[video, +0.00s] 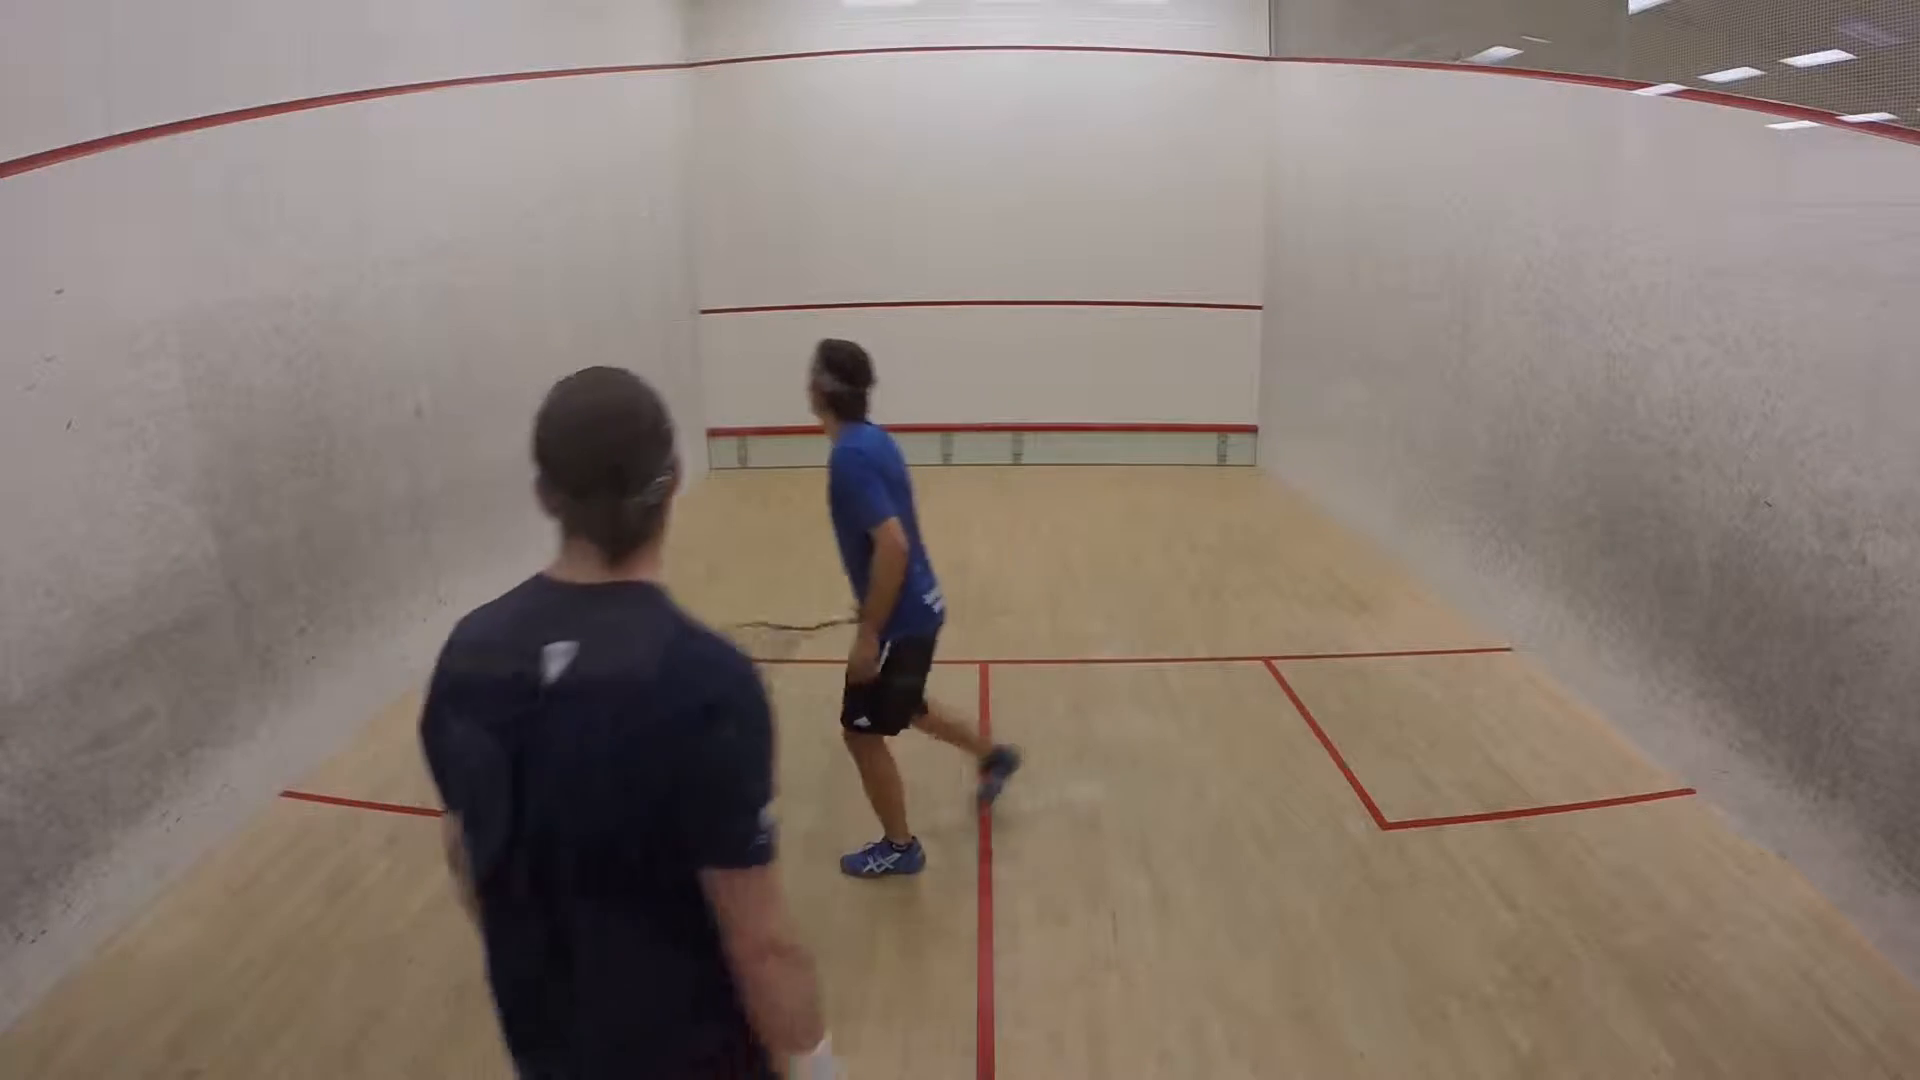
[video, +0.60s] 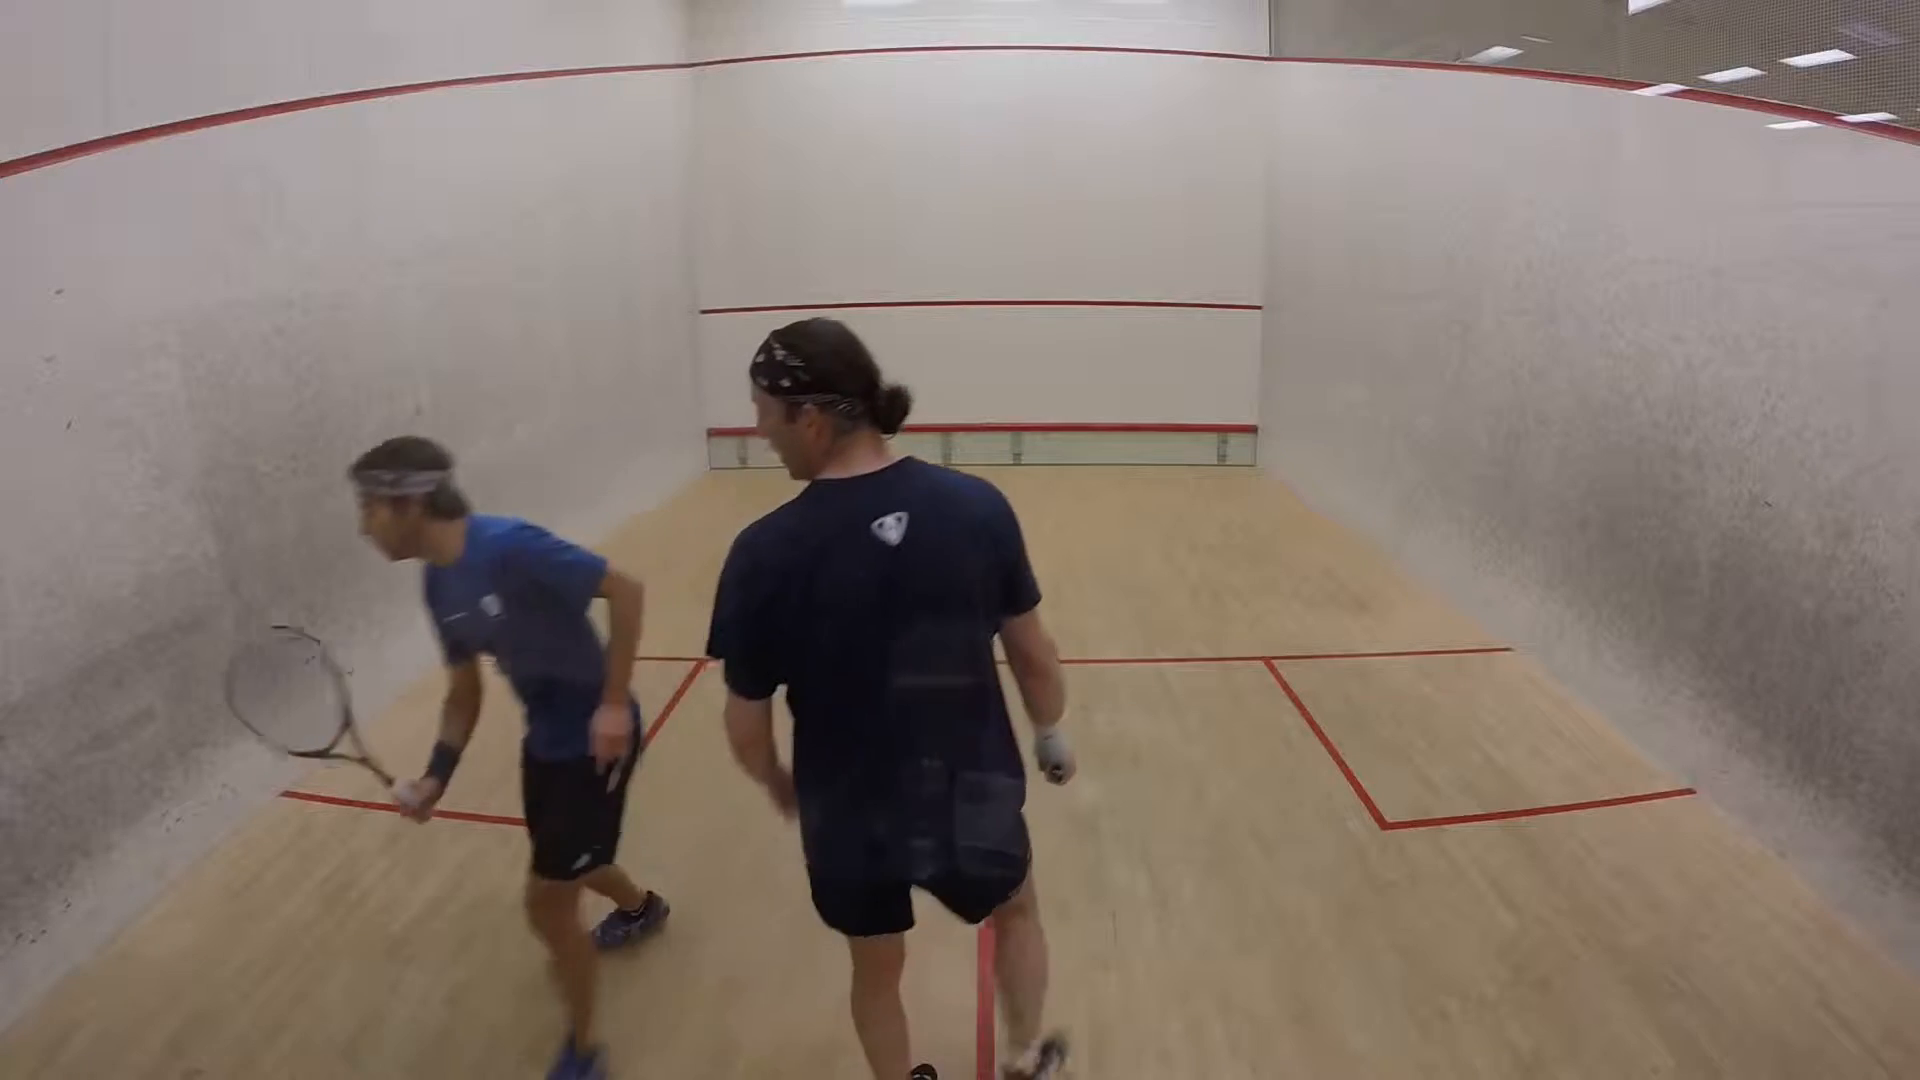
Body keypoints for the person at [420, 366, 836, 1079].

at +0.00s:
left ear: (542, 493)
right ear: (672, 487)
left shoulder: (473, 653)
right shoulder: (709, 679)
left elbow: (472, 871)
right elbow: (760, 943)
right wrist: (810, 1060)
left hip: (546, 1042)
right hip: (695, 1045)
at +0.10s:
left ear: (610, 477)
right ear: (729, 466)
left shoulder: (539, 631)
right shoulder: (790, 644)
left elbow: (516, 837)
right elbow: (835, 858)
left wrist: (559, 965)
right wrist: (879, 992)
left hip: (607, 1001)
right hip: (751, 1011)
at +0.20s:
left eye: (662, 466)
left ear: (667, 482)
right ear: (779, 471)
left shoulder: (608, 630)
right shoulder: (857, 625)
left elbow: (571, 832)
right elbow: (905, 823)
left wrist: (596, 949)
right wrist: (923, 902)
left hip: (675, 952)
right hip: (818, 952)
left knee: (756, 1060)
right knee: (825, 1062)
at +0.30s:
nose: (697, 487)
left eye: (697, 472)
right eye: (698, 469)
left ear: (713, 483)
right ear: (804, 464)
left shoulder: (663, 624)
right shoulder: (898, 598)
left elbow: (628, 808)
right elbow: (945, 766)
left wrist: (639, 934)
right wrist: (959, 846)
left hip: (747, 921)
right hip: (874, 912)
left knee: (827, 1033)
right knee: (886, 1061)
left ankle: (893, 1069)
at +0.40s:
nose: (718, 473)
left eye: (717, 455)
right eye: (714, 454)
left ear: (747, 459)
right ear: (819, 439)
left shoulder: (703, 604)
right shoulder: (928, 557)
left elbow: (678, 784)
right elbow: (981, 714)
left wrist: (686, 899)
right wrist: (989, 794)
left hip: (791, 876)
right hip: (912, 861)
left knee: (860, 984)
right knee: (939, 1047)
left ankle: (891, 1078)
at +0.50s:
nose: (737, 445)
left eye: (740, 428)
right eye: (735, 427)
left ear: (780, 433)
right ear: (841, 417)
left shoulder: (734, 571)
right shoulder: (953, 525)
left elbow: (713, 752)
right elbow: (1009, 678)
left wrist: (734, 837)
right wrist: (1022, 756)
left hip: (824, 835)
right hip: (944, 822)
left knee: (866, 971)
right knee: (988, 956)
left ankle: (894, 1077)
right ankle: (960, 1073)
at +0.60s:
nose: (759, 429)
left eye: (765, 411)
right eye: (759, 410)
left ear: (814, 417)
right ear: (862, 403)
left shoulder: (769, 549)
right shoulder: (974, 506)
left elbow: (747, 731)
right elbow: (1033, 654)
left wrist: (781, 789)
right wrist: (1052, 738)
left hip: (851, 809)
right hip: (971, 794)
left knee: (876, 966)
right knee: (1013, 913)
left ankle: (897, 1078)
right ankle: (1026, 1054)